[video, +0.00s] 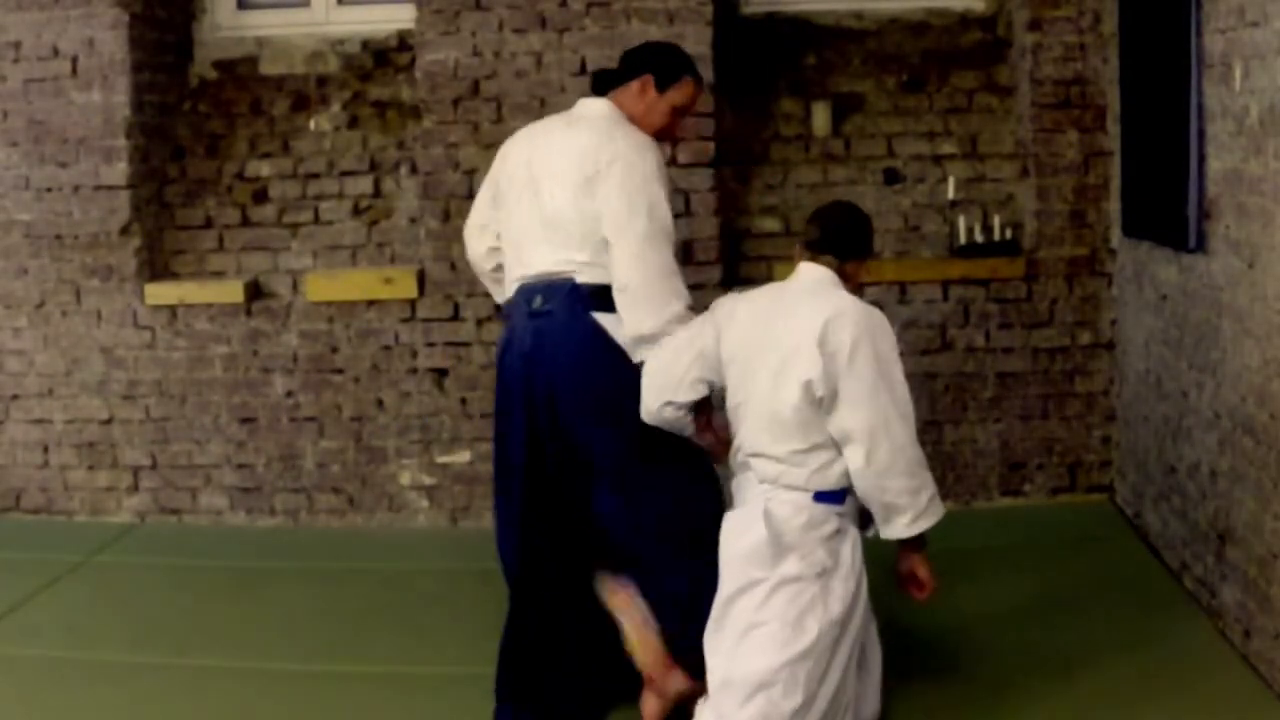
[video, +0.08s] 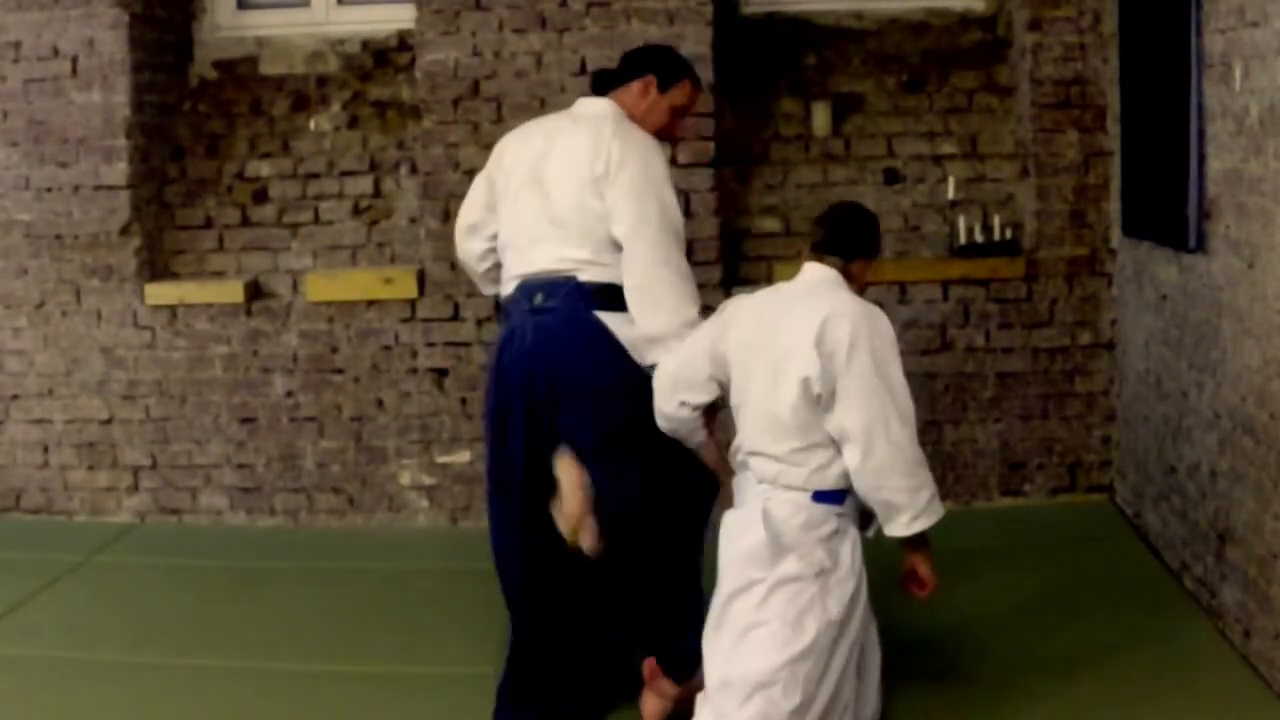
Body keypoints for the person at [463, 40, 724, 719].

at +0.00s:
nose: (677, 131)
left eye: (685, 116)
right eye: (679, 110)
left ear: (626, 87)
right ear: (643, 87)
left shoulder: (522, 143)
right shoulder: (626, 148)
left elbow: (480, 237)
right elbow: (648, 280)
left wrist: (527, 303)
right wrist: (694, 389)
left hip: (523, 338)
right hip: (598, 327)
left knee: (541, 525)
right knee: (676, 497)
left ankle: (540, 694)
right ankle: (640, 594)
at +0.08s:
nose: (675, 132)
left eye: (684, 118)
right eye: (677, 112)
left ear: (622, 86)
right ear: (643, 88)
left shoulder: (517, 141)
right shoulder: (628, 147)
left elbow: (471, 237)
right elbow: (657, 276)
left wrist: (518, 297)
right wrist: (697, 390)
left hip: (519, 336)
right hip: (599, 326)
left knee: (524, 517)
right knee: (658, 494)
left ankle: (540, 679)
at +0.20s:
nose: (678, 133)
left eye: (686, 119)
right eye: (681, 114)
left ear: (628, 86)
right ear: (648, 89)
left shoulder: (518, 139)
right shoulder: (631, 147)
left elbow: (474, 239)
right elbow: (657, 269)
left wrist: (520, 296)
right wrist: (703, 378)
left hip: (518, 336)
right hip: (600, 326)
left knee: (521, 518)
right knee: (648, 498)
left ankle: (538, 681)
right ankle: (607, 666)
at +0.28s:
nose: (681, 132)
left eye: (690, 117)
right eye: (686, 111)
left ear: (632, 82)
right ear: (652, 85)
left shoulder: (523, 138)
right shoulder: (631, 142)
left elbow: (486, 244)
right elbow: (652, 263)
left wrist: (531, 303)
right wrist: (700, 362)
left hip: (521, 334)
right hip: (602, 323)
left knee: (529, 520)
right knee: (658, 482)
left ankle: (540, 690)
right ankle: (629, 579)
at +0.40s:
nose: (686, 116)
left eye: (694, 101)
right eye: (688, 96)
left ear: (634, 76)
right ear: (654, 76)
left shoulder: (538, 135)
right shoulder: (632, 132)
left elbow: (516, 241)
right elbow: (649, 253)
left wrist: (562, 302)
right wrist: (692, 360)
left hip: (530, 332)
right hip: (606, 327)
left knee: (540, 516)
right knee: (658, 502)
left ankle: (545, 685)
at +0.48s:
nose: (695, 99)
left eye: (699, 85)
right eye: (692, 82)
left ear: (635, 71)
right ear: (655, 70)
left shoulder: (553, 133)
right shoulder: (636, 134)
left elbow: (557, 242)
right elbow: (649, 253)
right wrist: (696, 355)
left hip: (545, 326)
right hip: (611, 325)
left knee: (548, 513)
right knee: (666, 488)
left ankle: (538, 682)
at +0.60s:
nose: (705, 88)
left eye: (708, 74)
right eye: (699, 72)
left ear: (649, 66)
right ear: (659, 63)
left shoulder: (582, 128)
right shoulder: (640, 132)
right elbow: (657, 250)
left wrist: (686, 246)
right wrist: (714, 354)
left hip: (576, 331)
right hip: (629, 335)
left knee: (575, 510)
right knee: (669, 496)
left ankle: (567, 674)